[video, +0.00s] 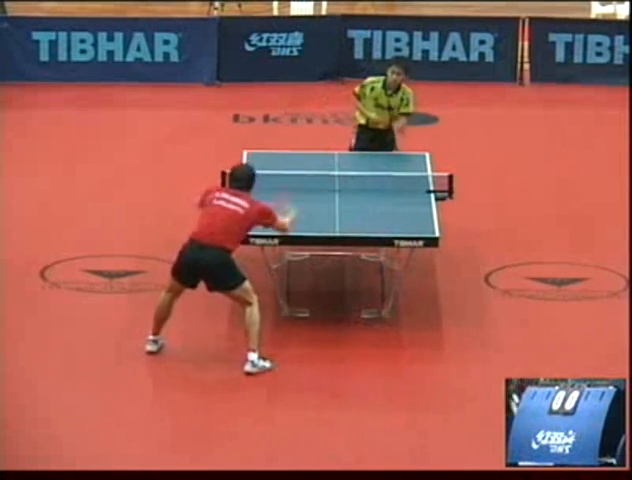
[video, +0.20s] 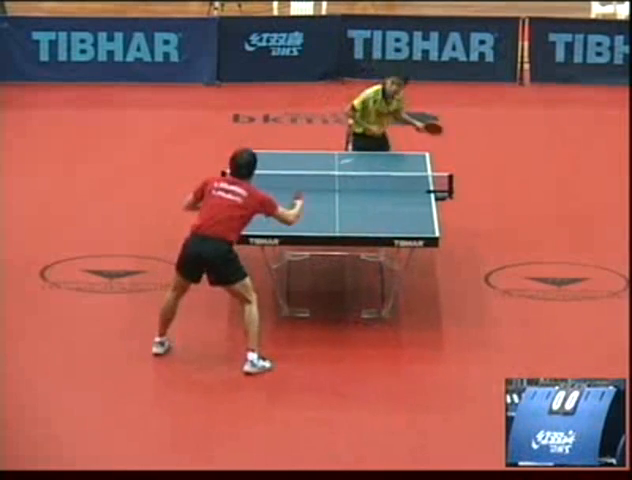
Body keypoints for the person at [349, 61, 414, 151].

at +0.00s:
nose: (394, 77)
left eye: (398, 74)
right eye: (392, 73)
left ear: (403, 77)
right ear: (387, 73)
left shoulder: (406, 93)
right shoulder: (370, 83)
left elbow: (404, 116)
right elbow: (356, 97)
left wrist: (392, 126)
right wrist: (368, 115)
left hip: (386, 130)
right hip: (366, 128)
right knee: (359, 160)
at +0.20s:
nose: (395, 89)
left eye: (399, 86)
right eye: (393, 84)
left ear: (402, 88)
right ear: (386, 83)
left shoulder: (398, 98)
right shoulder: (370, 95)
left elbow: (399, 115)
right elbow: (349, 112)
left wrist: (417, 124)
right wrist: (368, 128)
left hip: (380, 136)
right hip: (361, 136)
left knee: (384, 167)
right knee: (361, 168)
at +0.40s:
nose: (376, 87)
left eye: (379, 84)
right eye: (374, 82)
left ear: (381, 86)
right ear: (366, 80)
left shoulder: (374, 94)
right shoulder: (351, 95)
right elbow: (336, 117)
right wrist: (357, 131)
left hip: (370, 136)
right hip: (351, 137)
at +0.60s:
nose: (360, 78)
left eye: (364, 74)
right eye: (357, 73)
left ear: (369, 75)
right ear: (352, 72)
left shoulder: (375, 86)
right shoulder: (338, 88)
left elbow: (384, 105)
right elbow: (327, 107)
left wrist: (375, 112)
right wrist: (340, 126)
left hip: (365, 130)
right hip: (347, 132)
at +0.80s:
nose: (350, 83)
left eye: (353, 79)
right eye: (347, 78)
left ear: (363, 79)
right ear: (344, 80)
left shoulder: (373, 96)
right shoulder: (335, 97)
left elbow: (390, 115)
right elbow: (327, 113)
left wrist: (373, 123)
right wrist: (325, 129)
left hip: (366, 141)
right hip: (344, 141)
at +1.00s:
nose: (321, 74)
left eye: (326, 70)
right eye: (320, 70)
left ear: (335, 73)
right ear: (317, 72)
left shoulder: (347, 92)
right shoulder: (310, 91)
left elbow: (361, 113)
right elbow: (301, 107)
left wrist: (345, 124)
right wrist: (295, 121)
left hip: (342, 135)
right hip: (321, 135)